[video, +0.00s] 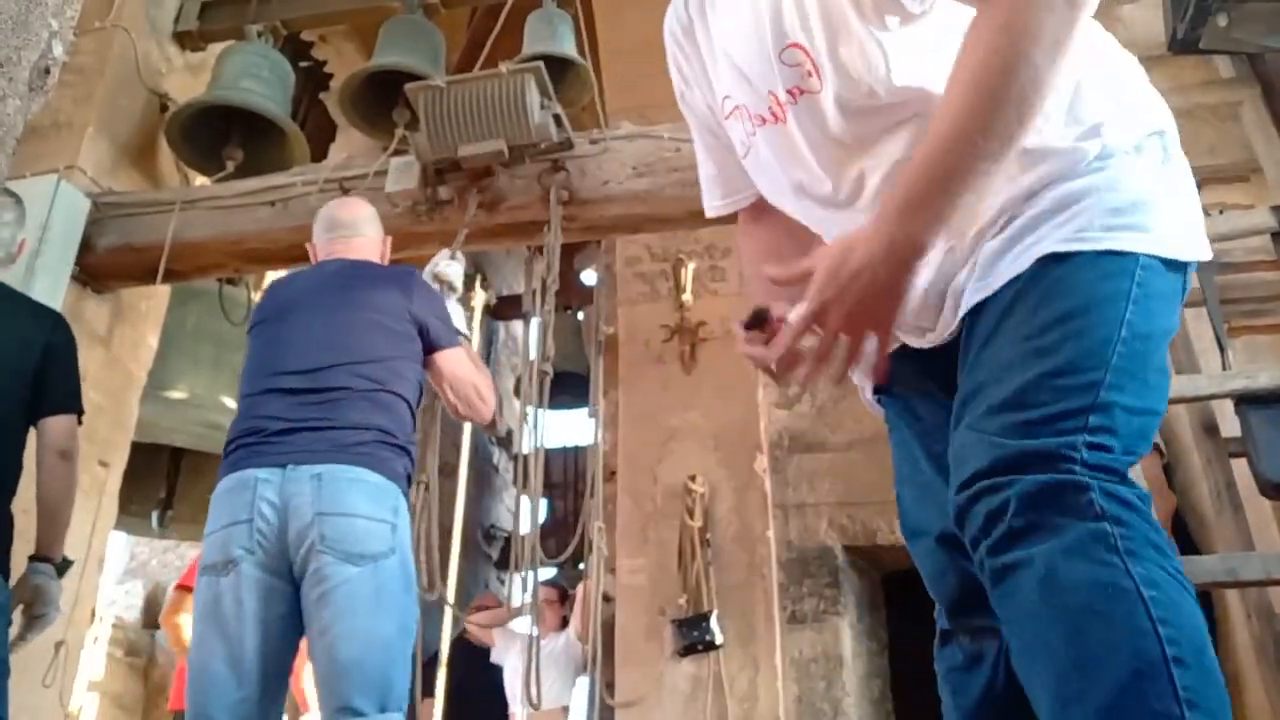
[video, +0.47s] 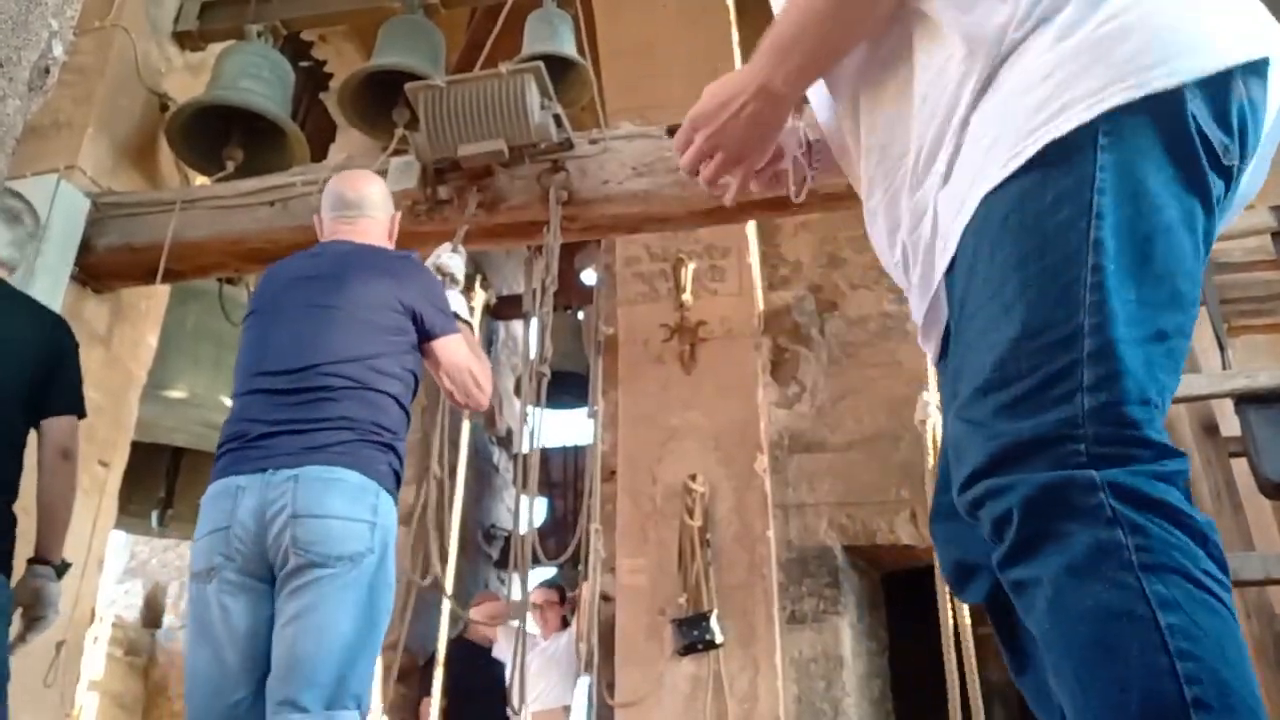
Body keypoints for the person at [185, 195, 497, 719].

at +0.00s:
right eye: (388, 245)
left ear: (312, 253)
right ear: (385, 247)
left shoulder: (272, 295)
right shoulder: (408, 285)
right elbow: (480, 404)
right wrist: (427, 353)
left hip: (242, 491)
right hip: (356, 488)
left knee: (224, 706)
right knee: (362, 708)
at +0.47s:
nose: (396, 225)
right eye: (397, 220)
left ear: (318, 227)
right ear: (394, 225)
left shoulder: (272, 279)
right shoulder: (408, 275)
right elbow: (477, 393)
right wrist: (447, 324)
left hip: (229, 494)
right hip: (340, 490)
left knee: (218, 710)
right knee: (313, 708)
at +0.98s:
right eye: (402, 210)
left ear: (322, 216)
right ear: (398, 215)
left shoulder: (275, 271)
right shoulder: (415, 270)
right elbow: (483, 390)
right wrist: (442, 326)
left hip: (238, 488)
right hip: (352, 487)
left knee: (216, 708)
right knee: (310, 707)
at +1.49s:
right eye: (392, 209)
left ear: (313, 218)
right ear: (388, 213)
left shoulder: (267, 272)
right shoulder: (409, 270)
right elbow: (477, 391)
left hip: (234, 488)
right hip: (348, 487)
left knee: (215, 709)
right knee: (309, 707)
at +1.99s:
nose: (391, 215)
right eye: (391, 207)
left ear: (311, 216)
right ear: (385, 209)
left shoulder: (264, 270)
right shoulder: (406, 265)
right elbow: (473, 386)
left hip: (231, 488)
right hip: (345, 485)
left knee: (214, 709)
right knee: (309, 707)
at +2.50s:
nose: (413, 223)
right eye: (413, 217)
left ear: (332, 209)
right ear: (407, 219)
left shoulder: (276, 265)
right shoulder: (417, 264)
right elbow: (480, 386)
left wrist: (430, 369)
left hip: (233, 489)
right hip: (347, 488)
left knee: (217, 709)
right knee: (310, 707)